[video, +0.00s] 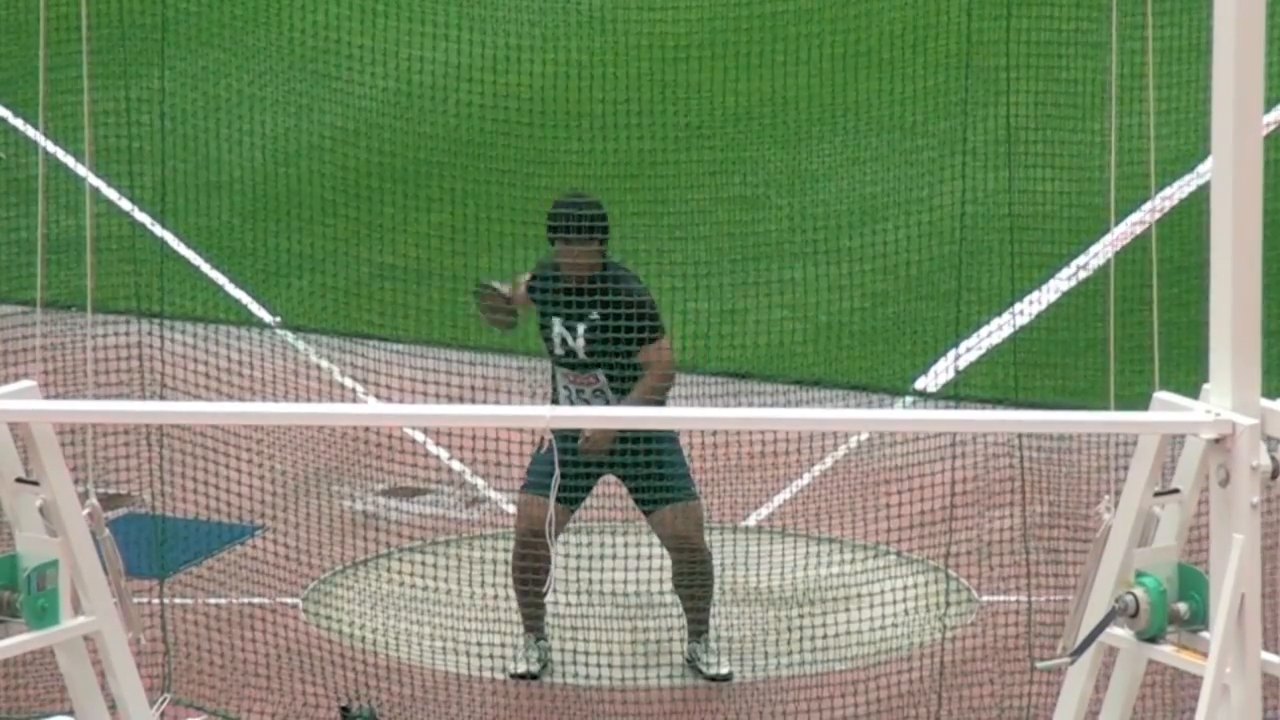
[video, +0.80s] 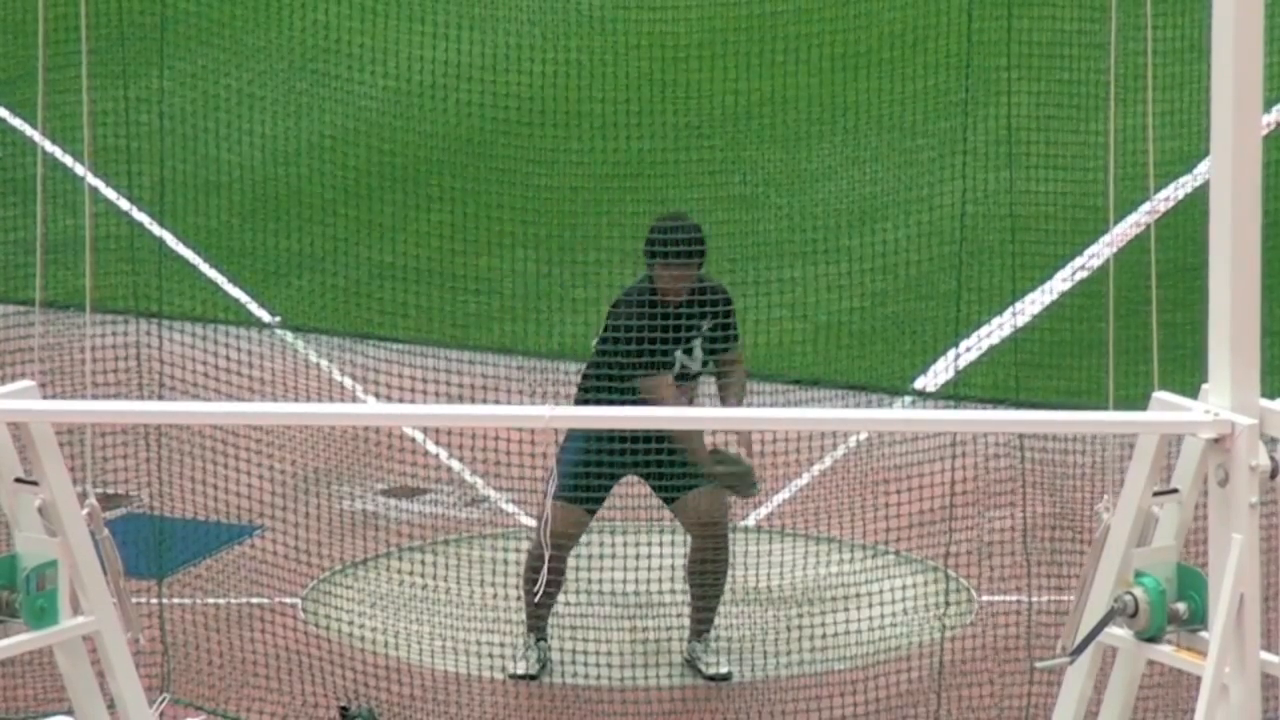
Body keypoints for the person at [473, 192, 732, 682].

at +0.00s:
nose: (577, 253)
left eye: (585, 243)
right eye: (567, 243)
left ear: (603, 244)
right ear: (553, 244)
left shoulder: (626, 292)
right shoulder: (545, 278)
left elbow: (663, 369)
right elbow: (515, 307)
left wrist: (614, 425)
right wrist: (500, 310)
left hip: (641, 428)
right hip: (572, 428)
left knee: (688, 540)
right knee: (530, 530)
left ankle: (700, 643)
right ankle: (533, 640)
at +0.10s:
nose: (581, 257)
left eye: (591, 247)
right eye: (574, 246)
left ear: (612, 250)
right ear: (562, 246)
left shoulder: (635, 297)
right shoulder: (553, 271)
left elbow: (667, 376)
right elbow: (519, 254)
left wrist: (614, 425)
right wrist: (494, 243)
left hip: (642, 429)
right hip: (574, 428)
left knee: (691, 534)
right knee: (531, 526)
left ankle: (700, 643)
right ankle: (534, 641)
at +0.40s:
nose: (622, 271)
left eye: (632, 261)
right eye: (613, 260)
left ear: (648, 263)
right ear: (599, 259)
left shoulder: (671, 309)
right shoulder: (581, 290)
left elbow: (696, 388)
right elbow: (502, 275)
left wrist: (640, 427)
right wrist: (436, 260)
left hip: (662, 431)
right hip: (588, 427)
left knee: (703, 530)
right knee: (540, 524)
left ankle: (701, 642)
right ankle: (533, 639)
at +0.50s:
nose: (640, 277)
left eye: (649, 266)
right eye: (630, 266)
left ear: (664, 265)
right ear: (614, 263)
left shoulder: (687, 313)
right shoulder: (594, 299)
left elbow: (710, 391)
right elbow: (520, 322)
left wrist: (658, 428)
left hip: (671, 431)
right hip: (595, 427)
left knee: (707, 526)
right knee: (544, 525)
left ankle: (701, 642)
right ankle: (534, 640)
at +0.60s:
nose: (656, 279)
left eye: (665, 269)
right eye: (646, 269)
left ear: (678, 268)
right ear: (630, 268)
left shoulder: (699, 311)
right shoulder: (604, 309)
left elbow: (722, 387)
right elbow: (554, 373)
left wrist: (681, 427)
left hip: (671, 431)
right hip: (599, 429)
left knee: (710, 525)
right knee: (549, 524)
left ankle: (700, 642)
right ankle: (534, 639)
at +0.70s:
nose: (667, 281)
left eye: (677, 271)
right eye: (657, 270)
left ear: (691, 269)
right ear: (642, 268)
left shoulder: (711, 309)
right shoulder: (620, 310)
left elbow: (729, 379)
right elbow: (610, 401)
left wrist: (706, 425)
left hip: (669, 429)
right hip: (605, 425)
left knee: (711, 523)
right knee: (552, 528)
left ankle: (700, 642)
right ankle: (534, 640)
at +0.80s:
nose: (674, 278)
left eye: (684, 268)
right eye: (665, 267)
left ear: (699, 266)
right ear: (651, 265)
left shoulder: (714, 302)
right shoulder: (633, 310)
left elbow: (731, 369)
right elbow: (661, 402)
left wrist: (738, 427)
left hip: (663, 431)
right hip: (601, 431)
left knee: (711, 520)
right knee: (559, 531)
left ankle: (700, 642)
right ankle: (534, 640)